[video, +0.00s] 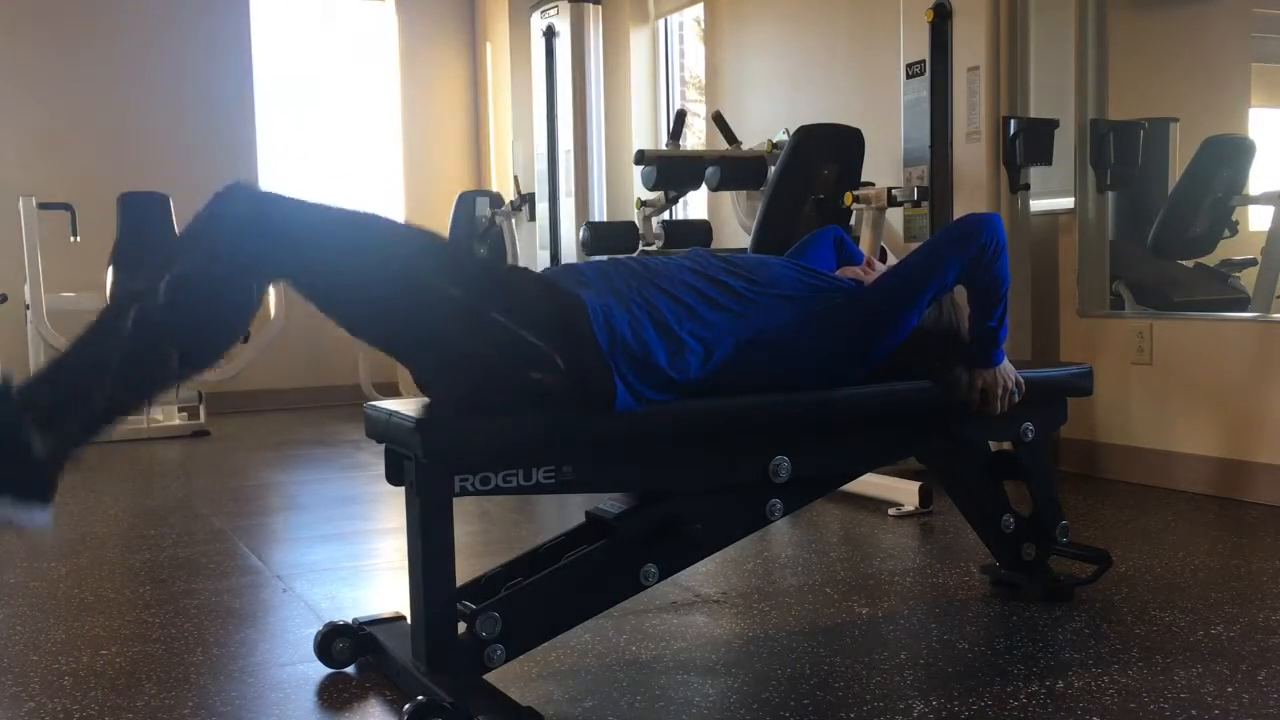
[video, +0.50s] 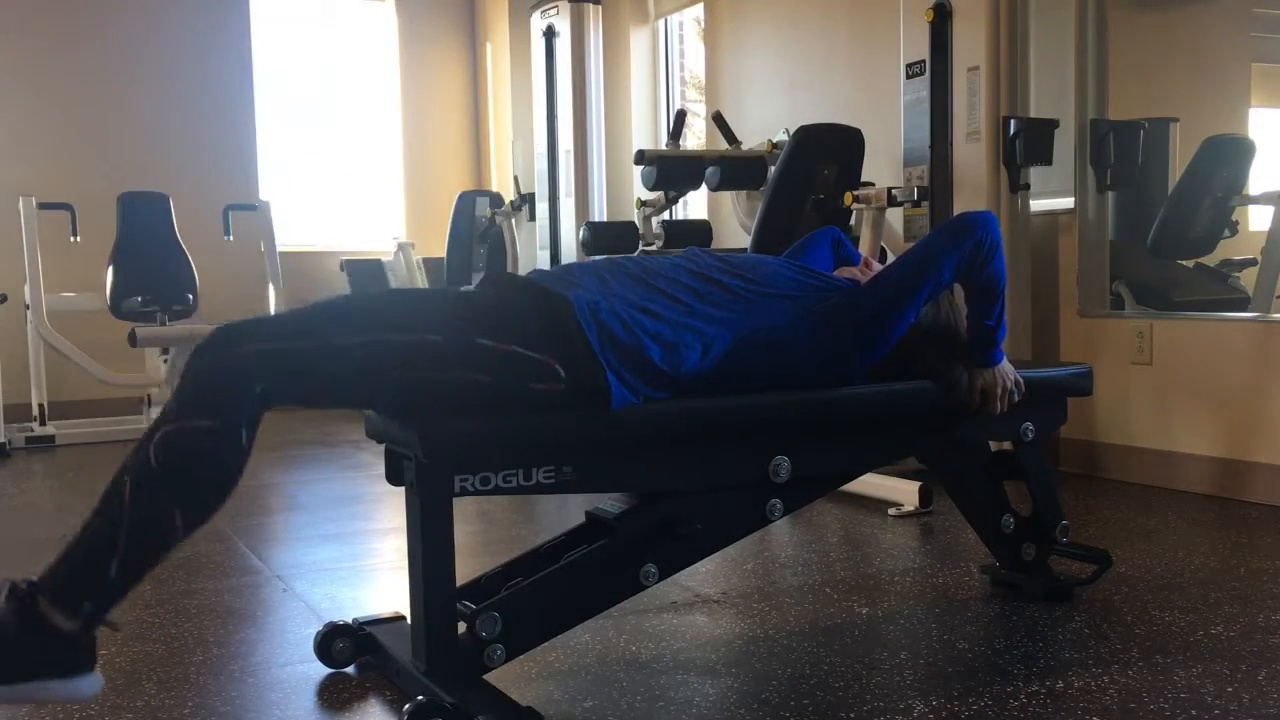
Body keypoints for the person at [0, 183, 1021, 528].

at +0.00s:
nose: (873, 250)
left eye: (890, 259)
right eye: (876, 245)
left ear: (894, 294)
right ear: (856, 261)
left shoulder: (855, 323)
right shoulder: (787, 286)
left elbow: (983, 227)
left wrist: (984, 348)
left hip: (545, 350)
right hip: (525, 308)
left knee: (244, 216)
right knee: (272, 205)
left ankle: (39, 435)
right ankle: (172, 287)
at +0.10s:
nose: (877, 244)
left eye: (899, 263)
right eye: (889, 253)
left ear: (914, 323)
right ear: (881, 307)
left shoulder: (855, 325)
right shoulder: (788, 282)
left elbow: (984, 228)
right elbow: (823, 157)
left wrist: (979, 354)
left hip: (554, 342)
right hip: (524, 304)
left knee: (238, 256)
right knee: (254, 235)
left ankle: (41, 493)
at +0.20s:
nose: (881, 247)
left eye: (900, 256)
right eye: (883, 238)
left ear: (899, 296)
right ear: (859, 251)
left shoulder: (849, 322)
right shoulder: (790, 281)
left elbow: (985, 235)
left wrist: (974, 351)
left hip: (552, 352)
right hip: (527, 300)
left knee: (234, 307)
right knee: (331, 272)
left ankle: (41, 550)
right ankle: (183, 296)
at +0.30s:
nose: (874, 246)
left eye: (892, 252)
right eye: (874, 239)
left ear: (895, 286)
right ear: (851, 251)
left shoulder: (854, 323)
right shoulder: (786, 284)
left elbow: (979, 234)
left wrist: (968, 351)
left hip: (552, 344)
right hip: (520, 298)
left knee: (227, 350)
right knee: (241, 328)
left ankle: (48, 592)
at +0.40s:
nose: (884, 255)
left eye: (896, 264)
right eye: (890, 253)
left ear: (898, 297)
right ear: (867, 267)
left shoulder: (860, 321)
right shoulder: (782, 289)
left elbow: (979, 222)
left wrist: (977, 351)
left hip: (552, 347)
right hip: (515, 304)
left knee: (239, 365)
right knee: (259, 341)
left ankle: (59, 619)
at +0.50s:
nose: (879, 253)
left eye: (893, 261)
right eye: (887, 251)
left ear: (895, 295)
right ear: (863, 269)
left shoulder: (859, 321)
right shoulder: (783, 292)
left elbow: (978, 222)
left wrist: (983, 356)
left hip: (551, 346)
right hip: (513, 304)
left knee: (231, 365)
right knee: (247, 343)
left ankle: (61, 617)